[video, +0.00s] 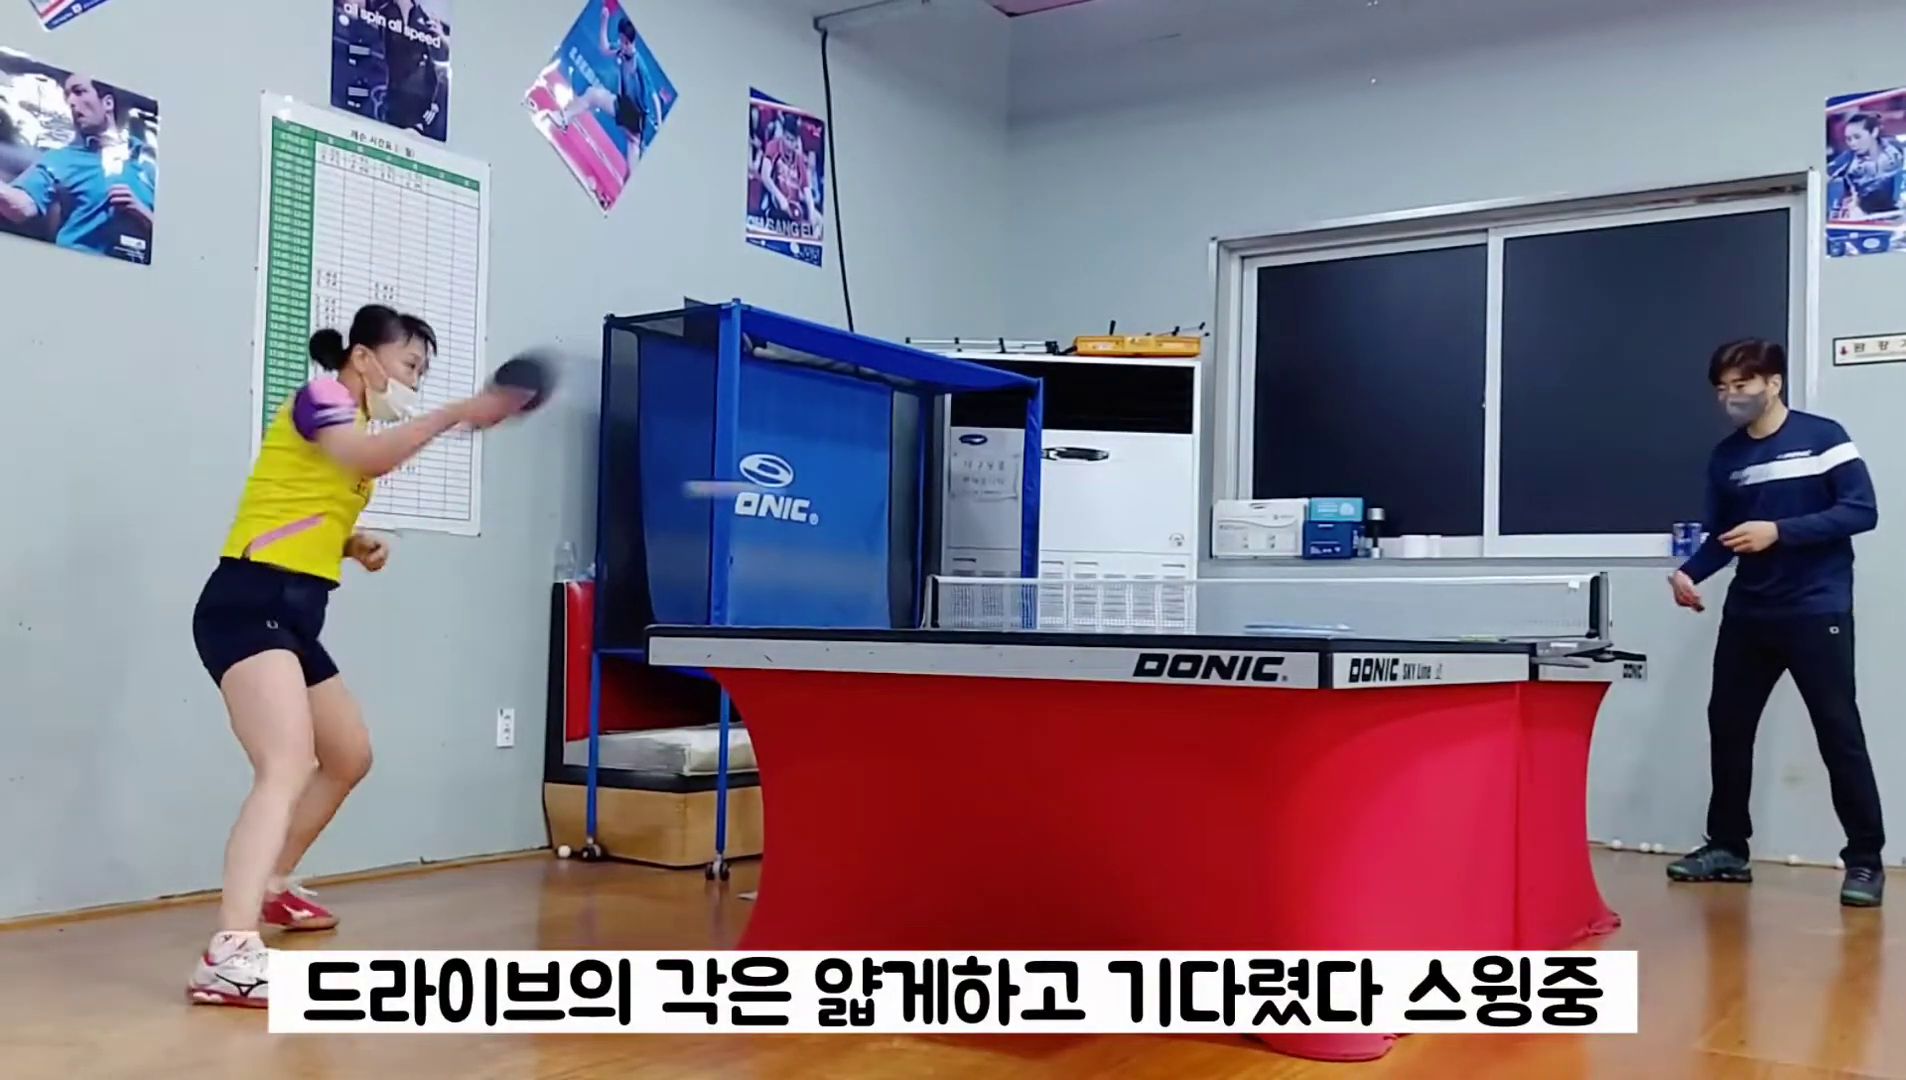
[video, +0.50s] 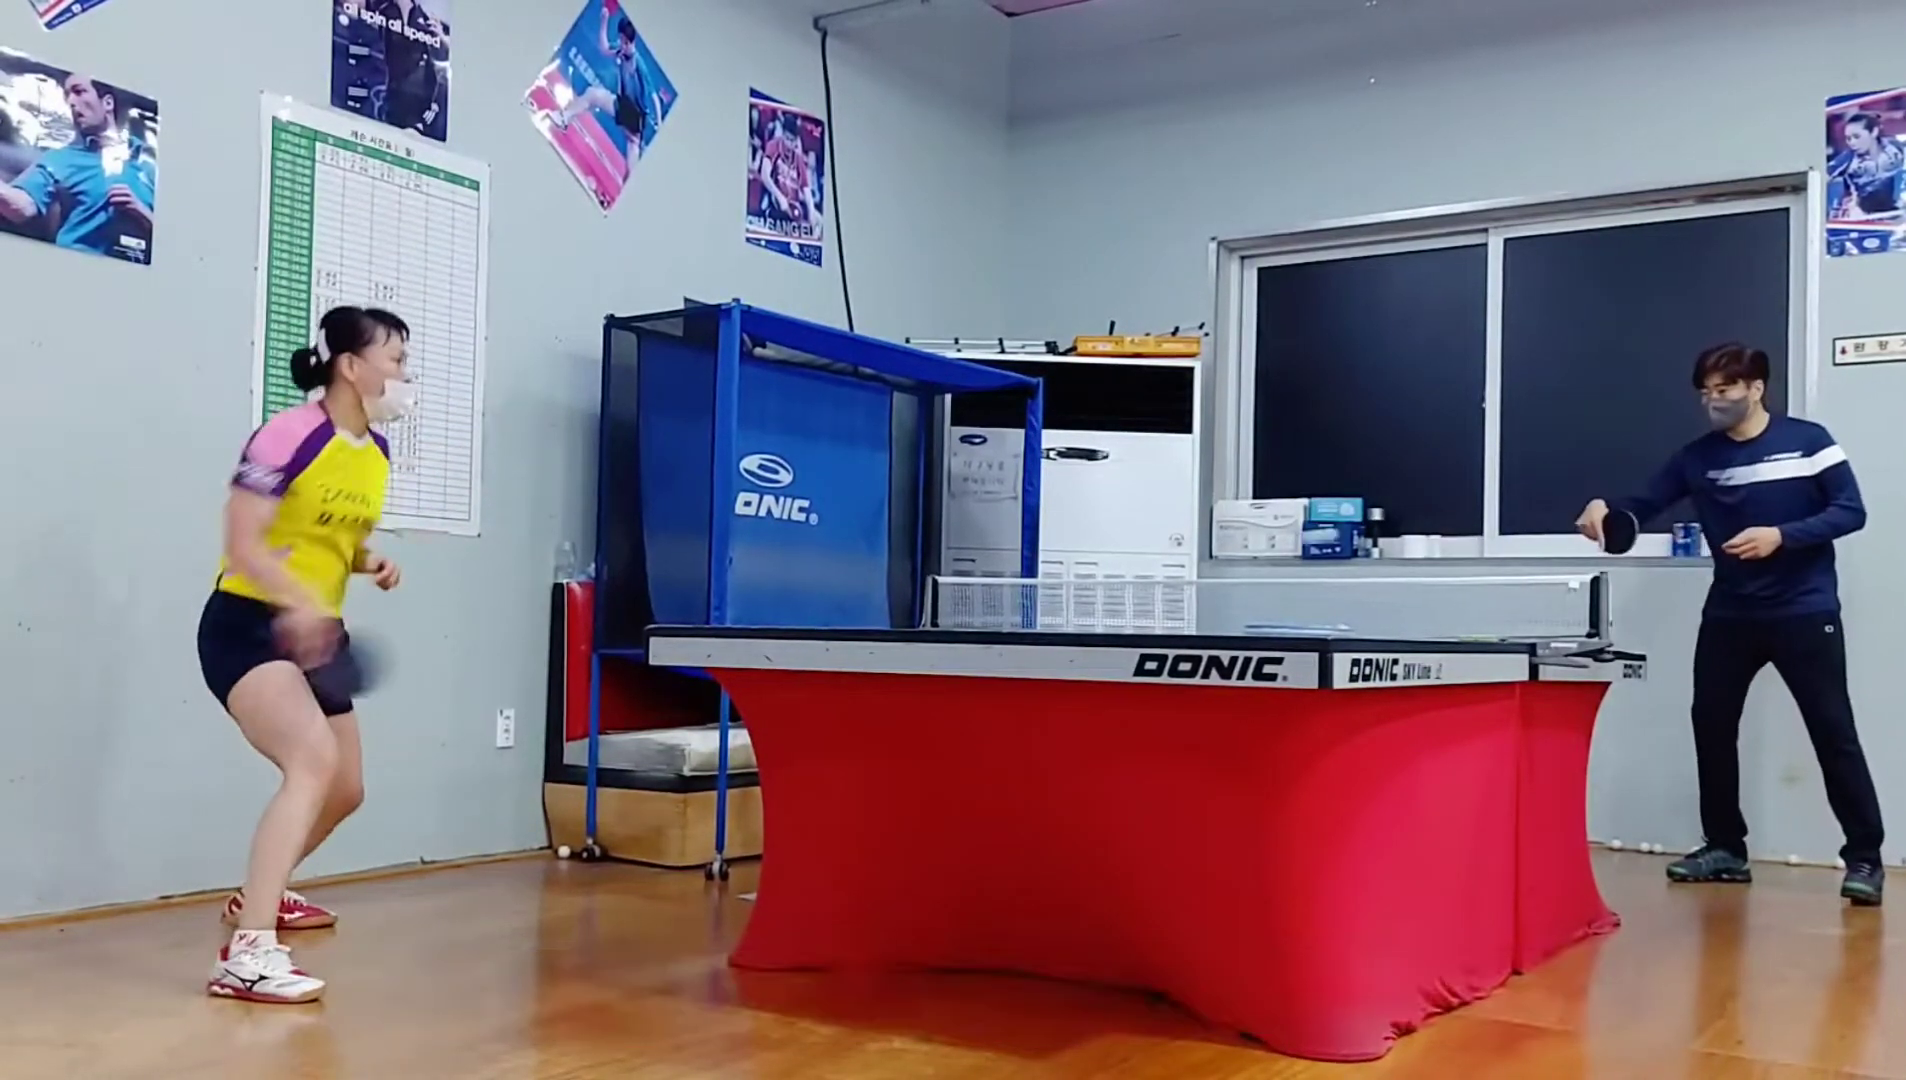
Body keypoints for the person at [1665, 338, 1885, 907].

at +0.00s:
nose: (1730, 394)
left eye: (1742, 382)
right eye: (1723, 387)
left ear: (1774, 383)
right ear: (1719, 394)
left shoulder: (1823, 436)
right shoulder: (1726, 456)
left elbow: (1861, 509)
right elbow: (1723, 535)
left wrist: (1778, 529)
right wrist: (1689, 570)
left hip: (1818, 615)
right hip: (1749, 616)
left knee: (1839, 735)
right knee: (1728, 726)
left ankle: (1864, 862)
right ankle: (1729, 848)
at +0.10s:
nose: (1727, 403)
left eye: (1738, 393)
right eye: (1720, 395)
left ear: (1771, 389)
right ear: (1716, 399)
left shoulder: (1823, 439)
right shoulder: (1725, 460)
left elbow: (1861, 513)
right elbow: (1724, 532)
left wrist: (1778, 532)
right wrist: (1693, 577)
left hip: (1817, 615)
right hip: (1748, 615)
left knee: (1839, 735)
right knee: (1721, 722)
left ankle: (1864, 863)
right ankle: (1728, 848)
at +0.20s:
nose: (1724, 410)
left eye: (1735, 399)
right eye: (1717, 401)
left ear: (1768, 394)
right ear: (1713, 404)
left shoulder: (1824, 442)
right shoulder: (1721, 462)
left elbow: (1862, 515)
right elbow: (1699, 527)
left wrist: (1785, 534)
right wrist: (1676, 573)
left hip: (1817, 618)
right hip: (1744, 618)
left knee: (1841, 736)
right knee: (1716, 721)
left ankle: (1864, 863)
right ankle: (1727, 847)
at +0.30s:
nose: (1721, 410)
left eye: (1732, 399)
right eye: (1714, 401)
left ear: (1764, 396)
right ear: (1708, 402)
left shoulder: (1819, 443)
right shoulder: (1710, 462)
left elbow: (1862, 515)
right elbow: (1668, 516)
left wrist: (1788, 536)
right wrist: (1640, 554)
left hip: (1813, 618)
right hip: (1740, 618)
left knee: (1839, 737)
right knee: (1713, 723)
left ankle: (1864, 863)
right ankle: (1725, 848)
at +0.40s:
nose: (1715, 406)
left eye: (1726, 395)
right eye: (1708, 397)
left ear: (1758, 393)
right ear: (1703, 401)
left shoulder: (1813, 441)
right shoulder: (1703, 460)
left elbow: (1857, 512)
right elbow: (1652, 507)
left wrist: (1787, 536)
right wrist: (1611, 525)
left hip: (1808, 615)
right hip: (1735, 615)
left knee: (1836, 735)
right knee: (1711, 724)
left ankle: (1864, 862)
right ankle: (1726, 848)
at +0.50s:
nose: (1713, 399)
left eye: (1724, 388)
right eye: (1706, 391)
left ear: (1756, 388)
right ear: (1700, 398)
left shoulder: (1808, 440)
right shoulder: (1698, 458)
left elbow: (1851, 511)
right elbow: (1643, 508)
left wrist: (1781, 535)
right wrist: (1607, 513)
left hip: (1804, 616)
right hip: (1730, 617)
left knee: (1835, 737)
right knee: (1712, 729)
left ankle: (1864, 860)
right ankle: (1725, 848)